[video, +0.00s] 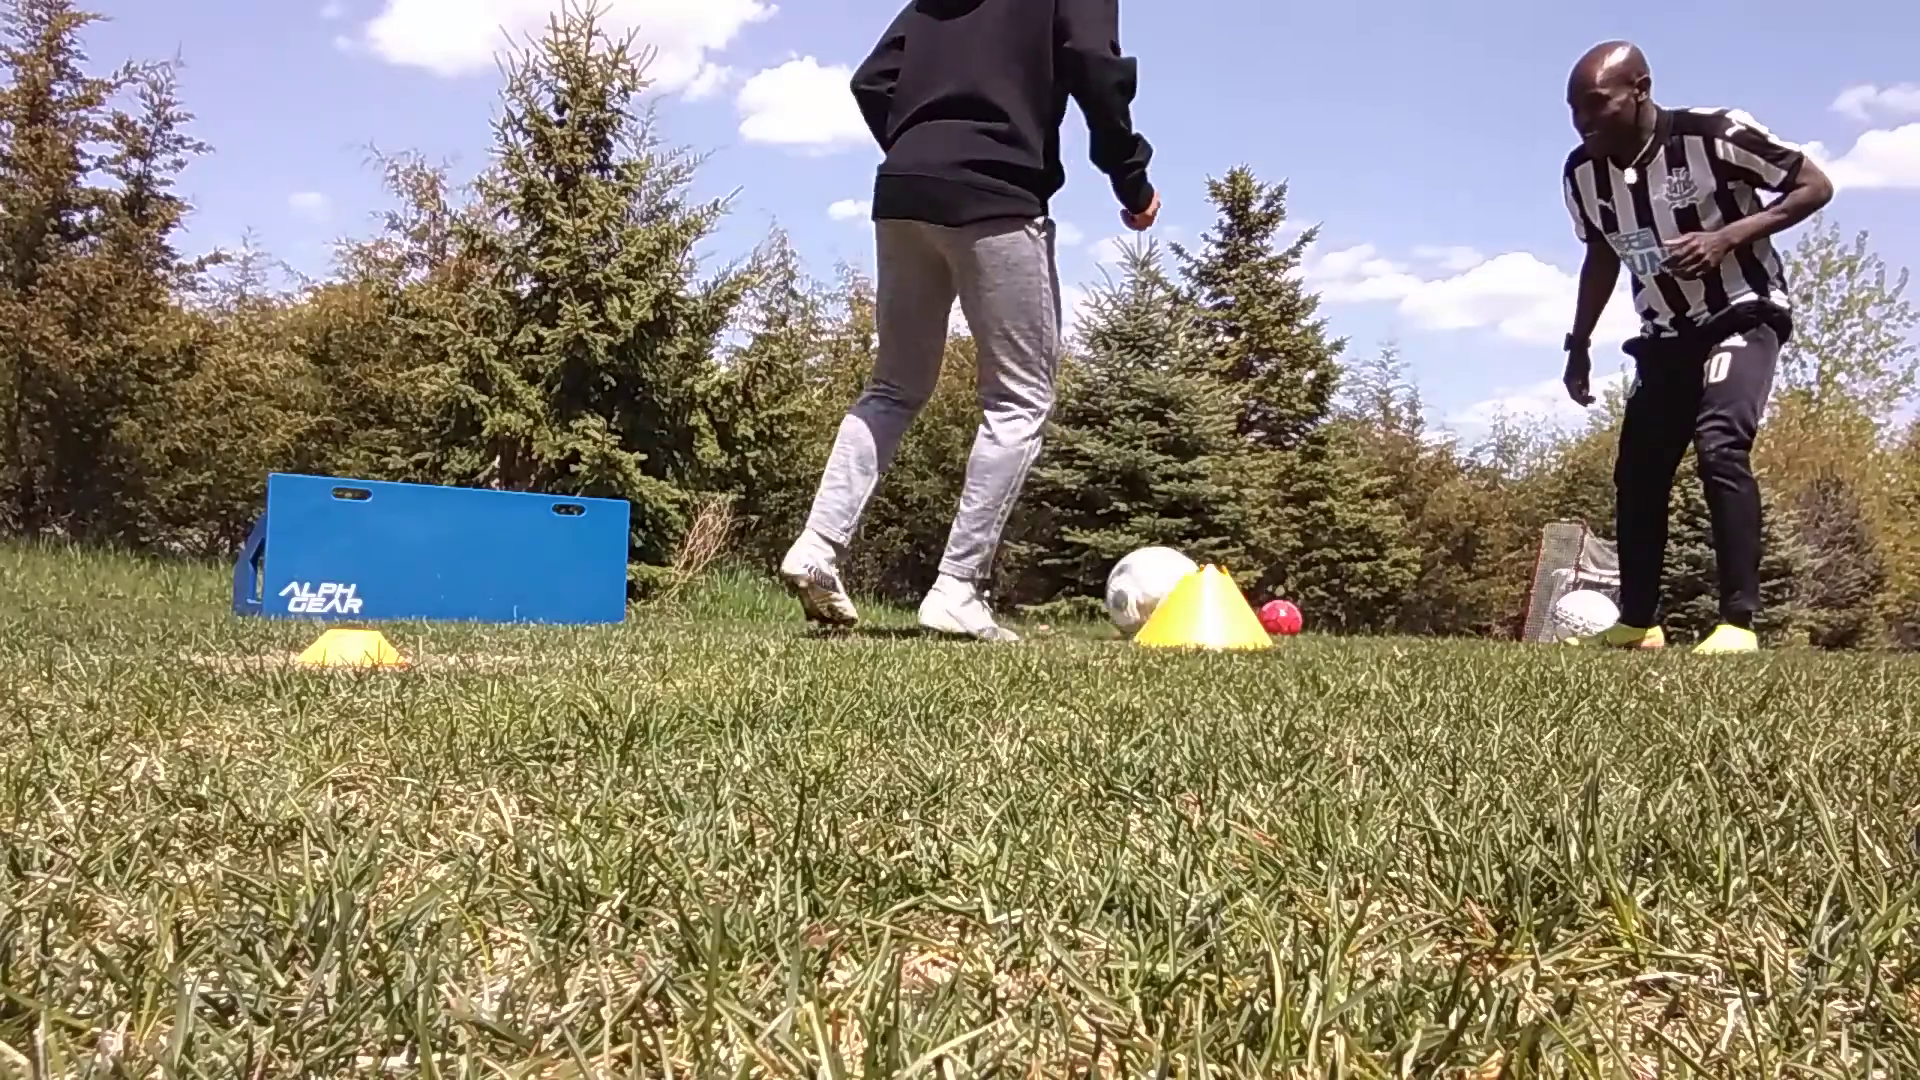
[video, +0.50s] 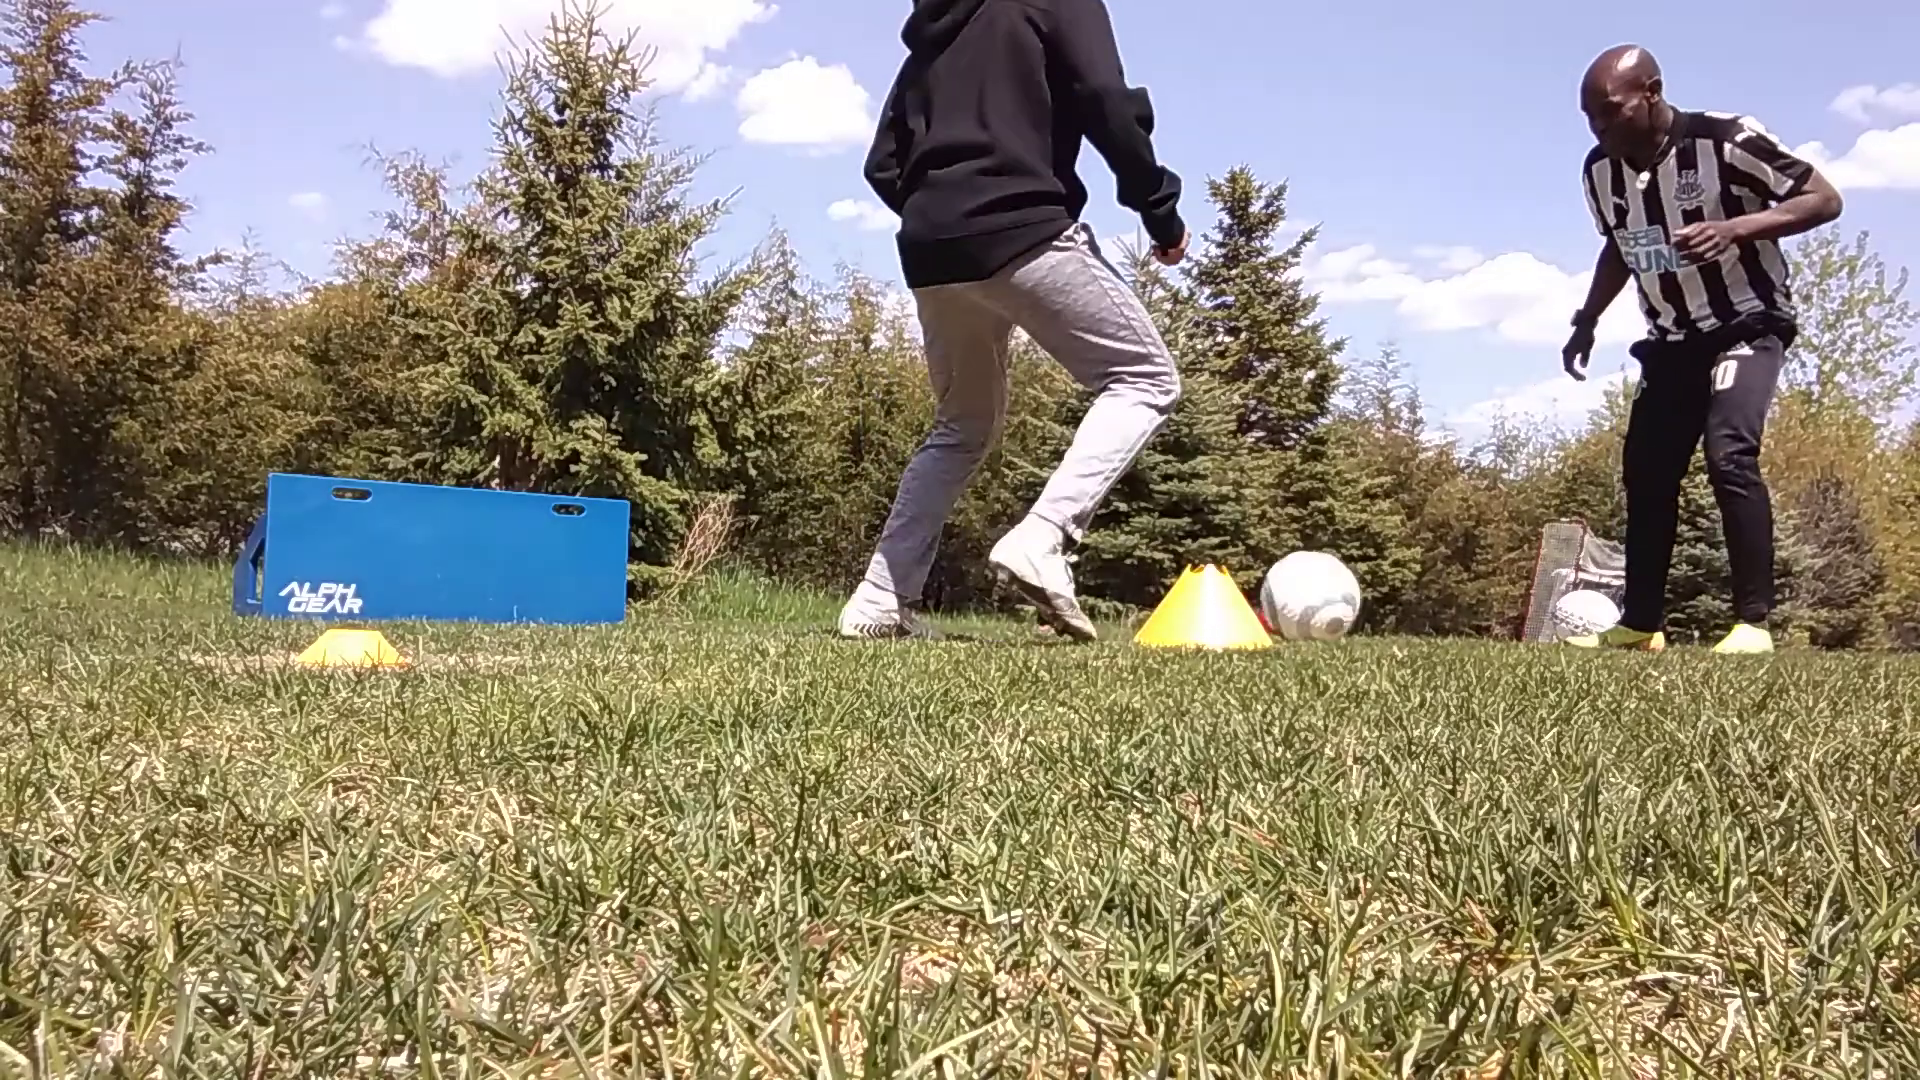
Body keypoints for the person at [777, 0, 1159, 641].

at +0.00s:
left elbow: (873, 77)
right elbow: (1093, 60)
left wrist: (921, 155)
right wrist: (1131, 176)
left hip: (902, 182)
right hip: (995, 185)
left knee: (894, 387)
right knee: (1019, 400)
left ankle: (816, 549)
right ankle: (956, 591)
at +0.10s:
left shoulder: (926, 14)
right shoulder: (1079, 5)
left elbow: (867, 103)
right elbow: (1137, 115)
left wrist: (902, 184)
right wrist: (1169, 224)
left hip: (915, 209)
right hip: (1008, 207)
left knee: (924, 381)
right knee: (1030, 421)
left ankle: (836, 535)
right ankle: (953, 603)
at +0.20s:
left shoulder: (913, 25)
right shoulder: (1072, 15)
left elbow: (858, 116)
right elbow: (1143, 131)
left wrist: (901, 189)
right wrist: (1185, 253)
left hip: (926, 229)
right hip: (1020, 228)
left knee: (952, 387)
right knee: (1045, 427)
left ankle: (921, 561)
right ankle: (960, 603)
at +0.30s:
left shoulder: (916, 12)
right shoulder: (1077, 6)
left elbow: (862, 100)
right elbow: (1141, 111)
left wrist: (901, 172)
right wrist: (1165, 228)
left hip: (930, 215)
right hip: (1022, 208)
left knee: (965, 398)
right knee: (1037, 415)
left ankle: (941, 590)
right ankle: (961, 603)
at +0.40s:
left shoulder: (918, 13)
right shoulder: (1074, 1)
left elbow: (870, 118)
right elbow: (1120, 92)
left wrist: (929, 191)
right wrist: (1143, 204)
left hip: (925, 210)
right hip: (1015, 195)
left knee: (970, 403)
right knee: (1083, 397)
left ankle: (883, 591)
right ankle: (996, 585)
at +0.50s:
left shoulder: (935, 29)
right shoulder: (1060, 3)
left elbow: (885, 161)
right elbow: (1103, 96)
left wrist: (947, 216)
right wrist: (1161, 212)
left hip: (927, 237)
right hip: (1021, 222)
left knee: (962, 425)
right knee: (1144, 379)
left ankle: (880, 600)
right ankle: (1043, 539)